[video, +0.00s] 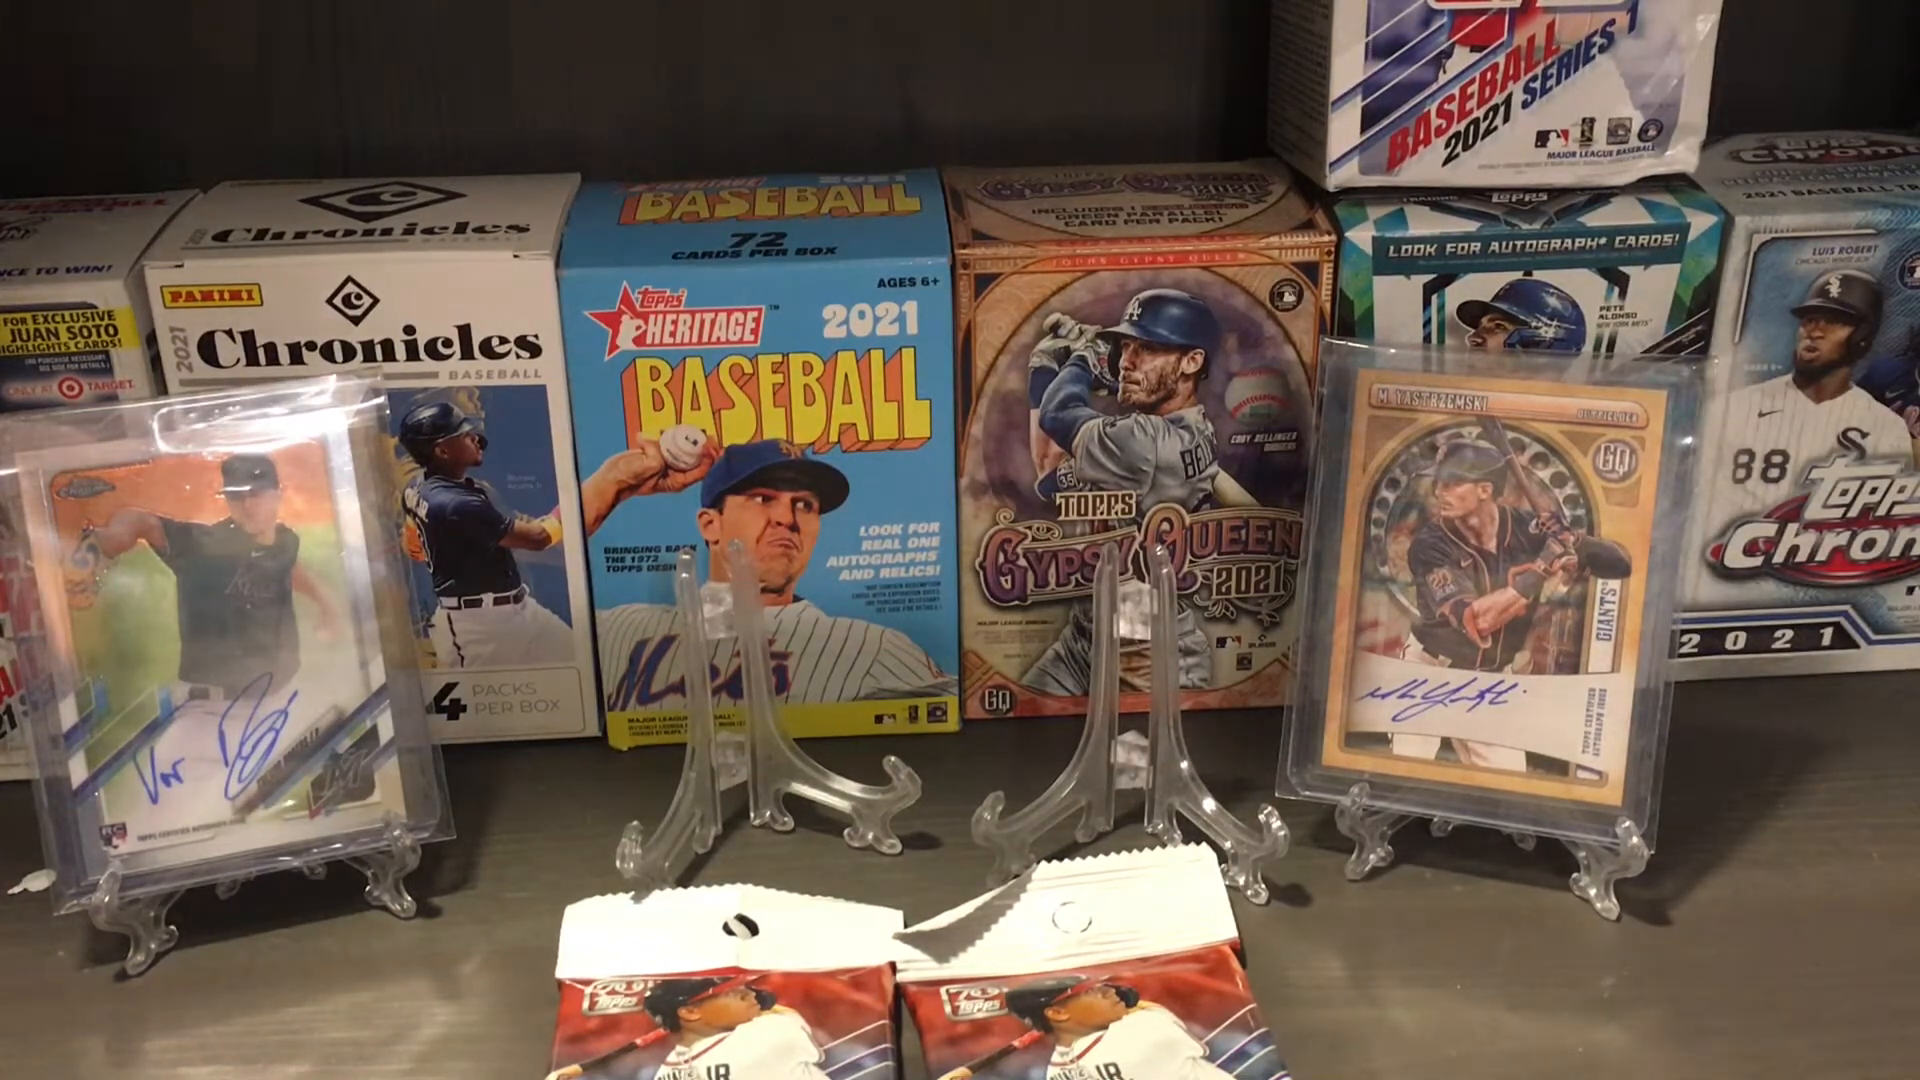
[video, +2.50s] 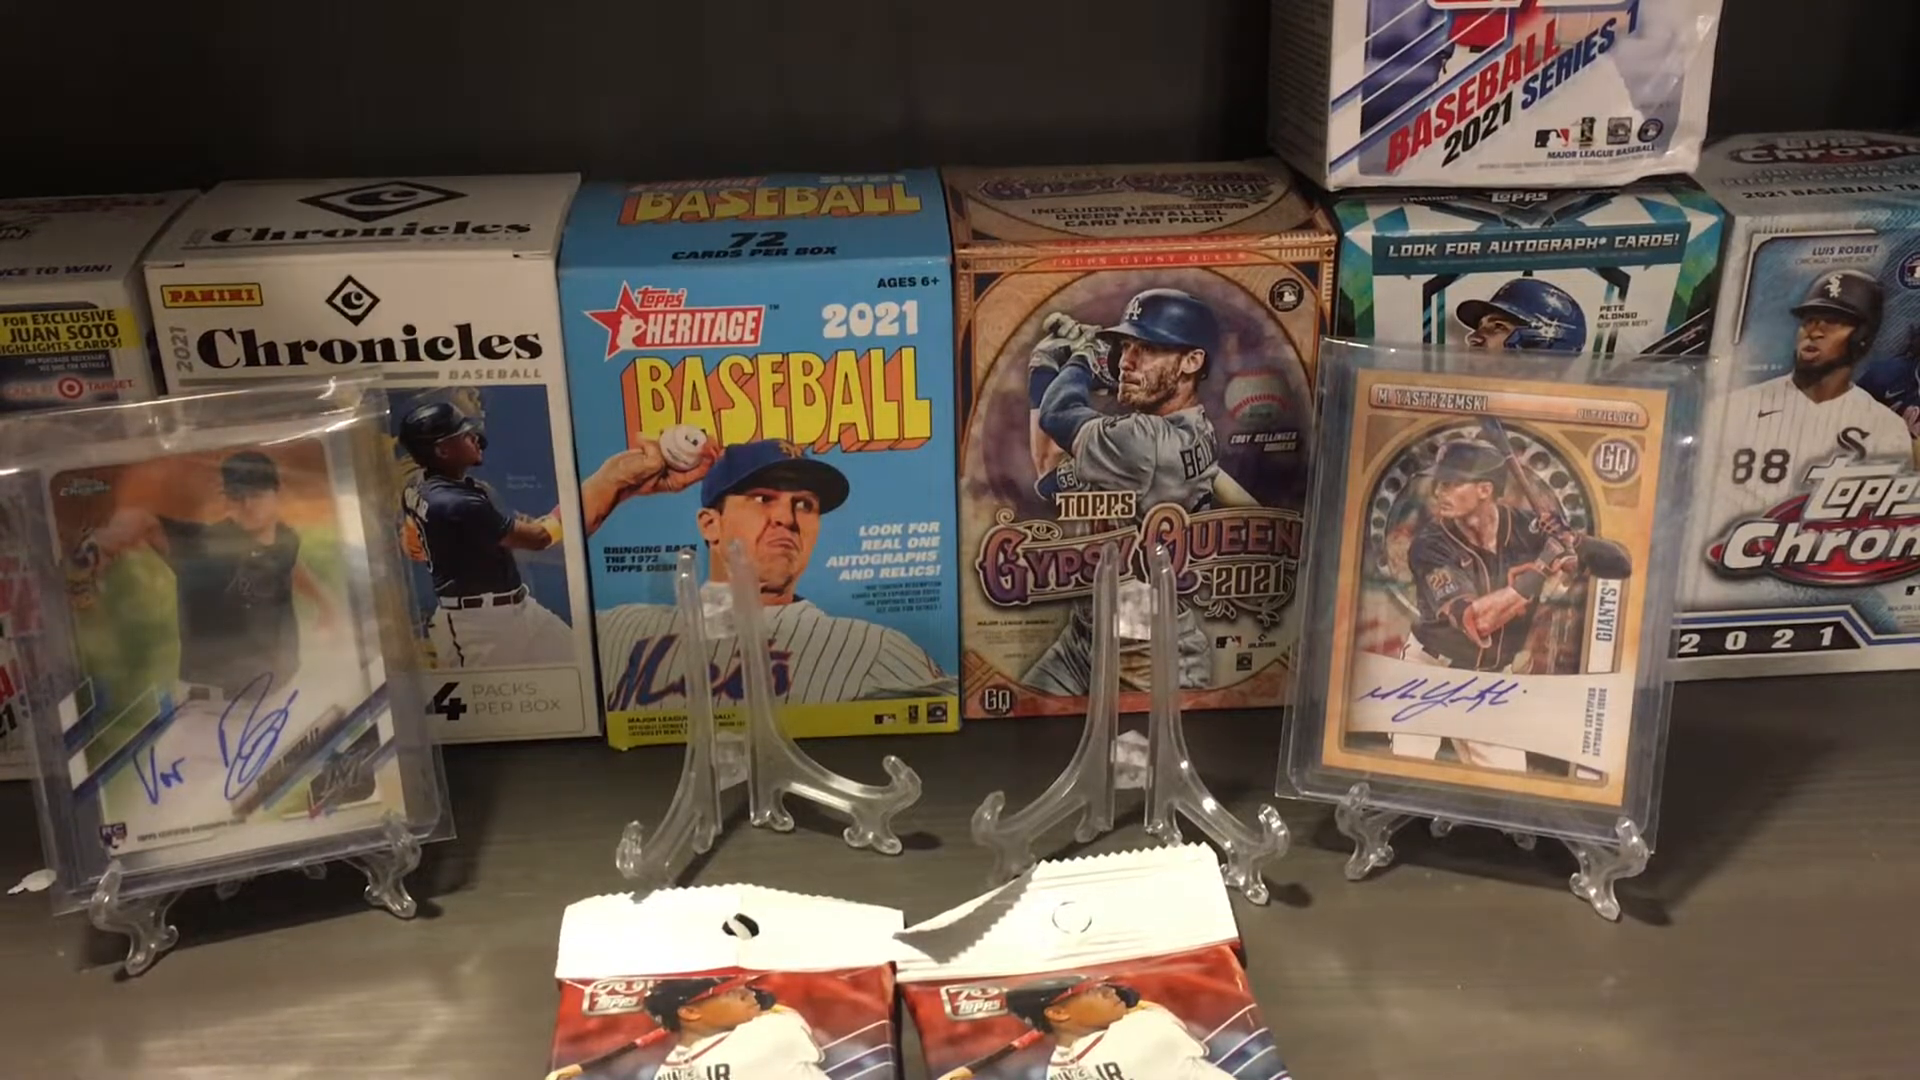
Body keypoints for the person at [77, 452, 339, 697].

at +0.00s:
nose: (247, 505)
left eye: (256, 493)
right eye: (236, 497)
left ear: (278, 495)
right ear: (226, 501)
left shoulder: (286, 543)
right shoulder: (200, 544)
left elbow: (287, 571)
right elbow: (134, 521)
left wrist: (324, 602)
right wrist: (101, 548)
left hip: (276, 697)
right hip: (214, 703)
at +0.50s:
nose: (254, 507)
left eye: (260, 496)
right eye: (244, 498)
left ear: (277, 495)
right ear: (231, 501)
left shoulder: (285, 542)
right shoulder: (199, 543)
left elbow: (291, 569)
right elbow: (138, 521)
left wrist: (323, 600)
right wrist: (106, 542)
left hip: (276, 694)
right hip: (214, 699)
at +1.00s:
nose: (250, 507)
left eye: (258, 496)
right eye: (239, 499)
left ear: (276, 495)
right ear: (228, 501)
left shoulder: (286, 541)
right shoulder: (202, 542)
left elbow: (292, 570)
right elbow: (141, 524)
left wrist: (322, 601)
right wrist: (104, 543)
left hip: (275, 683)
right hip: (215, 689)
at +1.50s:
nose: (249, 506)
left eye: (258, 496)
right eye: (239, 498)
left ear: (276, 495)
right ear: (228, 502)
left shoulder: (286, 541)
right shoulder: (202, 542)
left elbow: (291, 570)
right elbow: (144, 524)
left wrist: (322, 602)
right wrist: (110, 536)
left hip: (275, 685)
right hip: (215, 691)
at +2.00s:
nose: (247, 507)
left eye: (256, 496)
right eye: (237, 498)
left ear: (275, 496)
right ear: (227, 500)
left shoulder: (286, 540)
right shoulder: (203, 542)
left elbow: (291, 570)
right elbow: (137, 521)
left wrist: (323, 602)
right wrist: (109, 540)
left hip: (277, 686)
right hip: (215, 693)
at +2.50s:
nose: (247, 506)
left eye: (256, 495)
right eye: (237, 497)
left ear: (275, 495)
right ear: (227, 500)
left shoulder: (286, 540)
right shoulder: (202, 543)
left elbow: (291, 569)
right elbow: (141, 521)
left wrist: (324, 603)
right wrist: (110, 542)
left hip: (274, 685)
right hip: (213, 690)